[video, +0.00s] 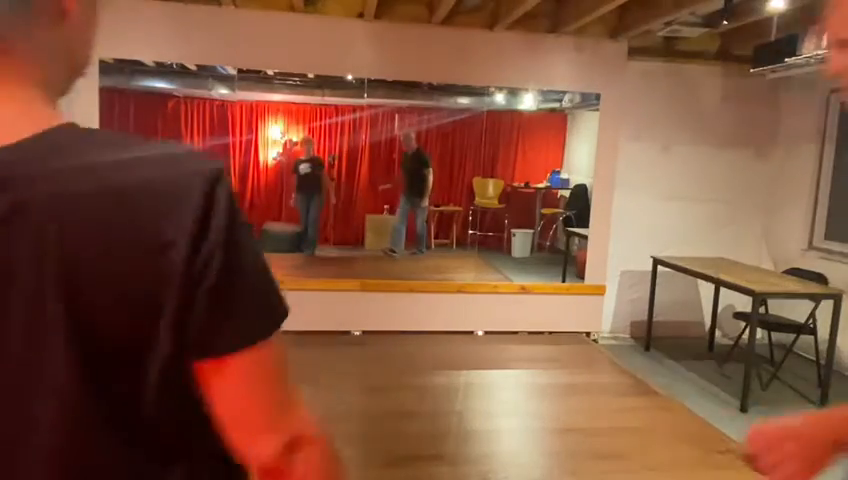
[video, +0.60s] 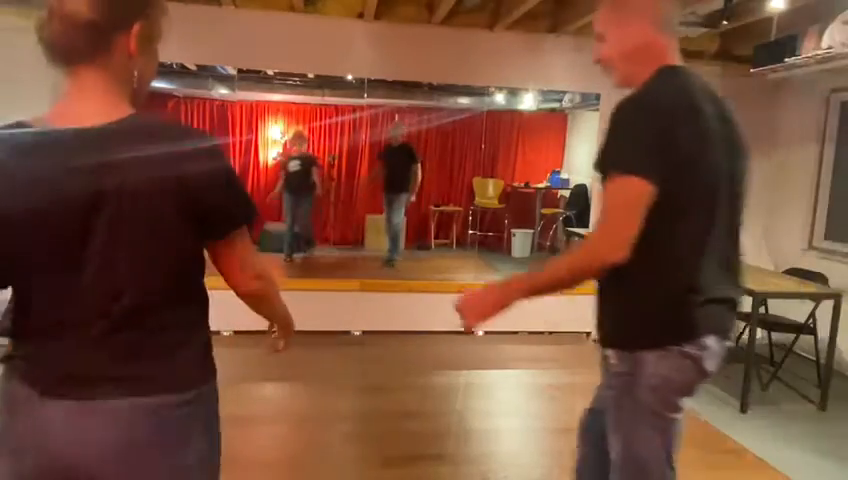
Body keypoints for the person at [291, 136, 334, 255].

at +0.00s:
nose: (308, 148)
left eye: (310, 145)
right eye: (306, 145)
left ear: (313, 146)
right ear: (302, 147)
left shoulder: (318, 161)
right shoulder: (298, 162)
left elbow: (325, 178)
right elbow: (295, 181)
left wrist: (330, 194)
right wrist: (294, 196)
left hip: (316, 193)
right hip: (302, 193)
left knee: (312, 220)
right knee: (303, 220)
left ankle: (310, 247)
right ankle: (303, 245)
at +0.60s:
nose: (297, 147)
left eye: (300, 144)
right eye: (295, 144)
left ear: (305, 144)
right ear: (291, 144)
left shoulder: (310, 159)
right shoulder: (287, 159)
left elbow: (315, 174)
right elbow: (282, 178)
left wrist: (319, 187)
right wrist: (276, 191)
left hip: (305, 192)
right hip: (290, 192)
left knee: (303, 221)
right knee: (289, 222)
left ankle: (307, 247)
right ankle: (288, 252)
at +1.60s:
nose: (299, 141)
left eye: (299, 138)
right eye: (297, 138)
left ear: (297, 139)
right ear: (289, 138)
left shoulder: (303, 158)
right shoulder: (275, 157)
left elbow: (311, 176)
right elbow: (269, 179)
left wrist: (324, 184)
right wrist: (267, 198)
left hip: (299, 198)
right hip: (281, 198)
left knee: (298, 231)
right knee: (280, 231)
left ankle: (294, 264)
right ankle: (280, 268)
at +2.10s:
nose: (302, 141)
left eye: (302, 138)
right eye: (299, 138)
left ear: (298, 140)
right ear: (290, 138)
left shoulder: (302, 159)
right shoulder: (280, 158)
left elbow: (309, 178)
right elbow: (273, 176)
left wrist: (323, 185)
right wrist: (281, 183)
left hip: (302, 200)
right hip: (285, 200)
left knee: (298, 236)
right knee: (283, 234)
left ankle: (292, 271)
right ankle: (278, 267)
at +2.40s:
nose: (303, 140)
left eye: (303, 137)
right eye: (301, 137)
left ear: (289, 138)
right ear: (295, 138)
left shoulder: (301, 158)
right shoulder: (286, 160)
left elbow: (307, 179)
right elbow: (280, 178)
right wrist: (296, 185)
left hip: (299, 200)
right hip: (287, 200)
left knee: (295, 235)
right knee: (288, 235)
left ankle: (291, 269)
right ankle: (287, 269)